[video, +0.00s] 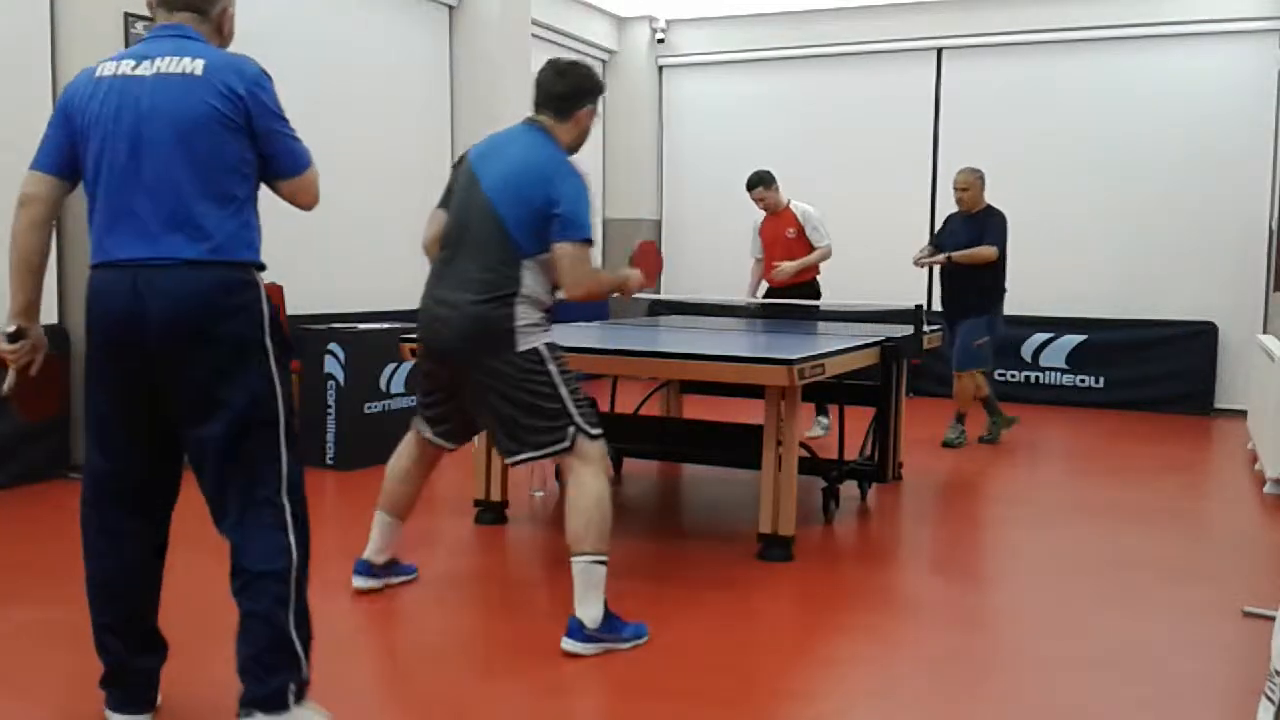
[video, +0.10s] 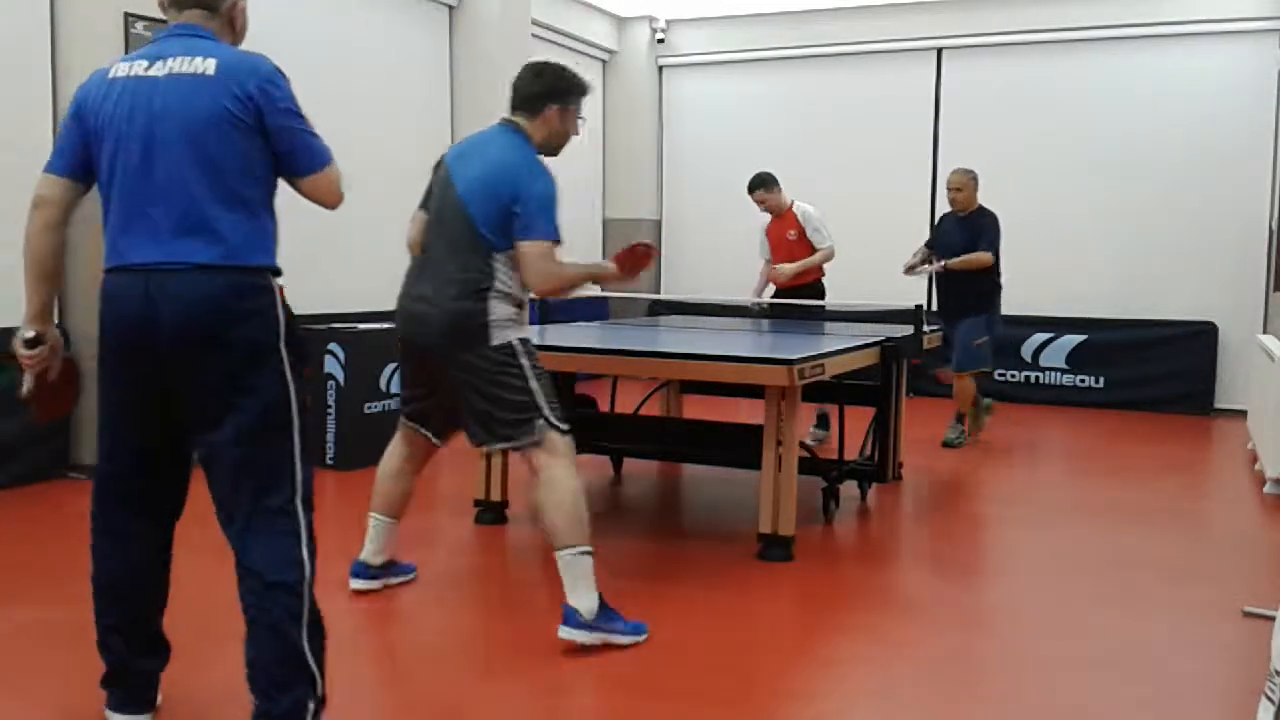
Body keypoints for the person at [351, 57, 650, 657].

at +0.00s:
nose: (591, 127)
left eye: (592, 118)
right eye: (592, 118)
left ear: (537, 105)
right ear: (581, 115)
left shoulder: (480, 153)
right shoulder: (561, 176)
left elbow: (434, 240)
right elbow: (575, 283)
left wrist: (502, 264)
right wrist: (620, 277)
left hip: (440, 323)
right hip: (508, 331)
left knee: (425, 435)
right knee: (586, 456)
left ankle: (374, 559)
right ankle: (591, 618)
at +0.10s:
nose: (576, 128)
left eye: (577, 117)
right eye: (574, 116)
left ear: (521, 107)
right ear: (550, 113)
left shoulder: (461, 152)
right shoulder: (530, 173)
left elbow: (418, 240)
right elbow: (542, 278)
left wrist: (475, 273)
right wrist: (601, 271)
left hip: (420, 316)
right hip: (480, 325)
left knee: (416, 431)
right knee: (553, 451)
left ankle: (371, 560)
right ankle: (584, 609)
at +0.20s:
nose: (566, 120)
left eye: (568, 109)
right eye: (563, 107)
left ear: (517, 98)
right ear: (529, 98)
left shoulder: (449, 137)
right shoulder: (516, 160)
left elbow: (402, 221)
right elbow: (520, 263)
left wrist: (445, 264)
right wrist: (570, 244)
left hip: (404, 304)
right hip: (462, 310)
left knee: (409, 426)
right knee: (535, 432)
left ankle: (370, 558)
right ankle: (536, 593)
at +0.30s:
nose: (561, 109)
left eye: (563, 97)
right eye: (558, 95)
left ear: (515, 86)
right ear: (523, 85)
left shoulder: (442, 120)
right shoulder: (511, 143)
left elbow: (391, 203)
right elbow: (515, 247)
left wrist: (425, 252)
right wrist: (566, 217)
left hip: (392, 288)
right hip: (450, 294)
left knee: (397, 413)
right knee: (513, 426)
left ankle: (366, 543)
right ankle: (488, 585)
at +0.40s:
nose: (554, 114)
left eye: (557, 102)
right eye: (551, 100)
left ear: (503, 89)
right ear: (520, 90)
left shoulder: (435, 126)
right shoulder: (506, 147)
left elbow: (382, 206)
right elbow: (516, 251)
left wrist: (420, 261)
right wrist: (561, 212)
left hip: (383, 300)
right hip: (445, 310)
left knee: (391, 415)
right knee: (493, 440)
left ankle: (340, 534)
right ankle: (477, 600)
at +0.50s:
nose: (544, 128)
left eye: (546, 116)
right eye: (542, 115)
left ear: (496, 105)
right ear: (516, 107)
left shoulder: (443, 142)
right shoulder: (486, 166)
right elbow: (516, 272)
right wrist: (555, 233)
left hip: (379, 305)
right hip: (424, 313)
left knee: (353, 444)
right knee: (496, 444)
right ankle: (476, 601)